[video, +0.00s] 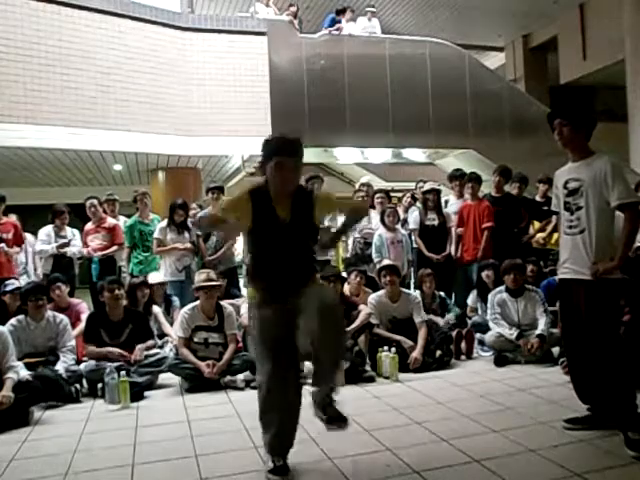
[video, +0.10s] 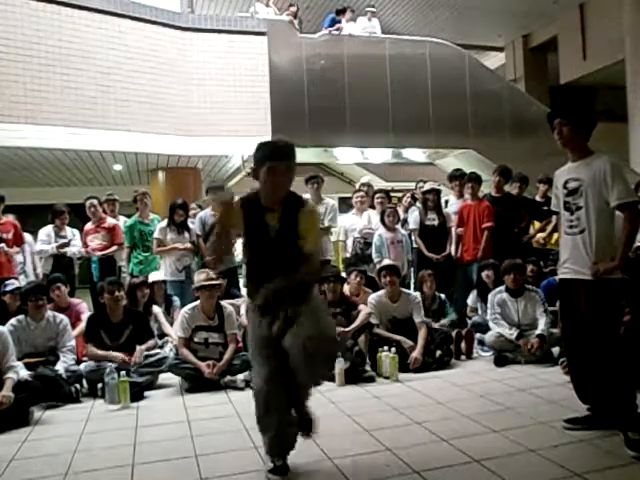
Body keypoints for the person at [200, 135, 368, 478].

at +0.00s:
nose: (287, 177)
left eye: (293, 170)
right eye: (280, 170)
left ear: (301, 171)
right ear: (266, 169)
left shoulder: (311, 200)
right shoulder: (249, 199)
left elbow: (360, 208)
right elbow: (205, 221)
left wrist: (336, 235)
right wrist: (222, 224)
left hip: (306, 292)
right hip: (266, 296)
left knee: (328, 307)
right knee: (275, 374)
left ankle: (324, 397)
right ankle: (277, 451)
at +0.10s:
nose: (280, 180)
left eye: (285, 173)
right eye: (272, 172)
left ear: (293, 175)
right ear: (257, 173)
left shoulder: (305, 212)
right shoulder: (240, 209)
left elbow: (314, 265)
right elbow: (215, 258)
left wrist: (281, 290)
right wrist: (222, 224)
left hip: (301, 297)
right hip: (261, 300)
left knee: (311, 345)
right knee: (265, 378)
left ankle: (299, 399)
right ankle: (276, 450)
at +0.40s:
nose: (269, 164)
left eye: (276, 157)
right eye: (263, 156)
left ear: (284, 159)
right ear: (249, 157)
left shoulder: (299, 197)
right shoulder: (231, 199)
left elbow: (314, 253)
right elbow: (220, 243)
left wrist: (295, 255)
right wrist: (216, 253)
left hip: (296, 297)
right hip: (257, 299)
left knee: (302, 376)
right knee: (272, 375)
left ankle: (277, 415)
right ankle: (277, 450)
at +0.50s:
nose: (273, 176)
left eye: (280, 169)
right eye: (267, 168)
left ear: (289, 167)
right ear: (254, 163)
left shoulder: (300, 191)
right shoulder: (231, 195)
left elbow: (320, 230)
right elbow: (210, 238)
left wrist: (332, 230)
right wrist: (200, 232)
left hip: (295, 288)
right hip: (254, 293)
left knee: (309, 352)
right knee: (268, 369)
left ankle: (308, 427)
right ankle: (276, 449)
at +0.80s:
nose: (275, 149)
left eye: (282, 141)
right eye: (267, 141)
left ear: (292, 140)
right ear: (255, 139)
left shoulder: (304, 169)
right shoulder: (235, 172)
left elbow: (342, 176)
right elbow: (189, 186)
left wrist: (370, 178)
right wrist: (148, 193)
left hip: (301, 282)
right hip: (258, 285)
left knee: (306, 361)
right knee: (262, 365)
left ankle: (303, 440)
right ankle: (279, 444)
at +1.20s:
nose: (277, 144)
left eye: (284, 136)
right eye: (269, 136)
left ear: (295, 135)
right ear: (256, 134)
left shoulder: (308, 167)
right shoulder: (235, 171)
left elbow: (343, 191)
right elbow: (198, 205)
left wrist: (354, 198)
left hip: (300, 283)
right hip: (256, 285)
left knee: (307, 363)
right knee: (265, 367)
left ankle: (302, 442)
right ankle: (273, 446)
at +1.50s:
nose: (279, 140)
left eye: (286, 134)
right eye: (272, 133)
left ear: (295, 137)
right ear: (257, 134)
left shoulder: (307, 175)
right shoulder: (238, 173)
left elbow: (318, 223)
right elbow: (208, 218)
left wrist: (335, 243)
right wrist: (197, 264)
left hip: (297, 275)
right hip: (256, 276)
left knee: (304, 357)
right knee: (267, 346)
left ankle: (282, 434)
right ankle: (267, 400)